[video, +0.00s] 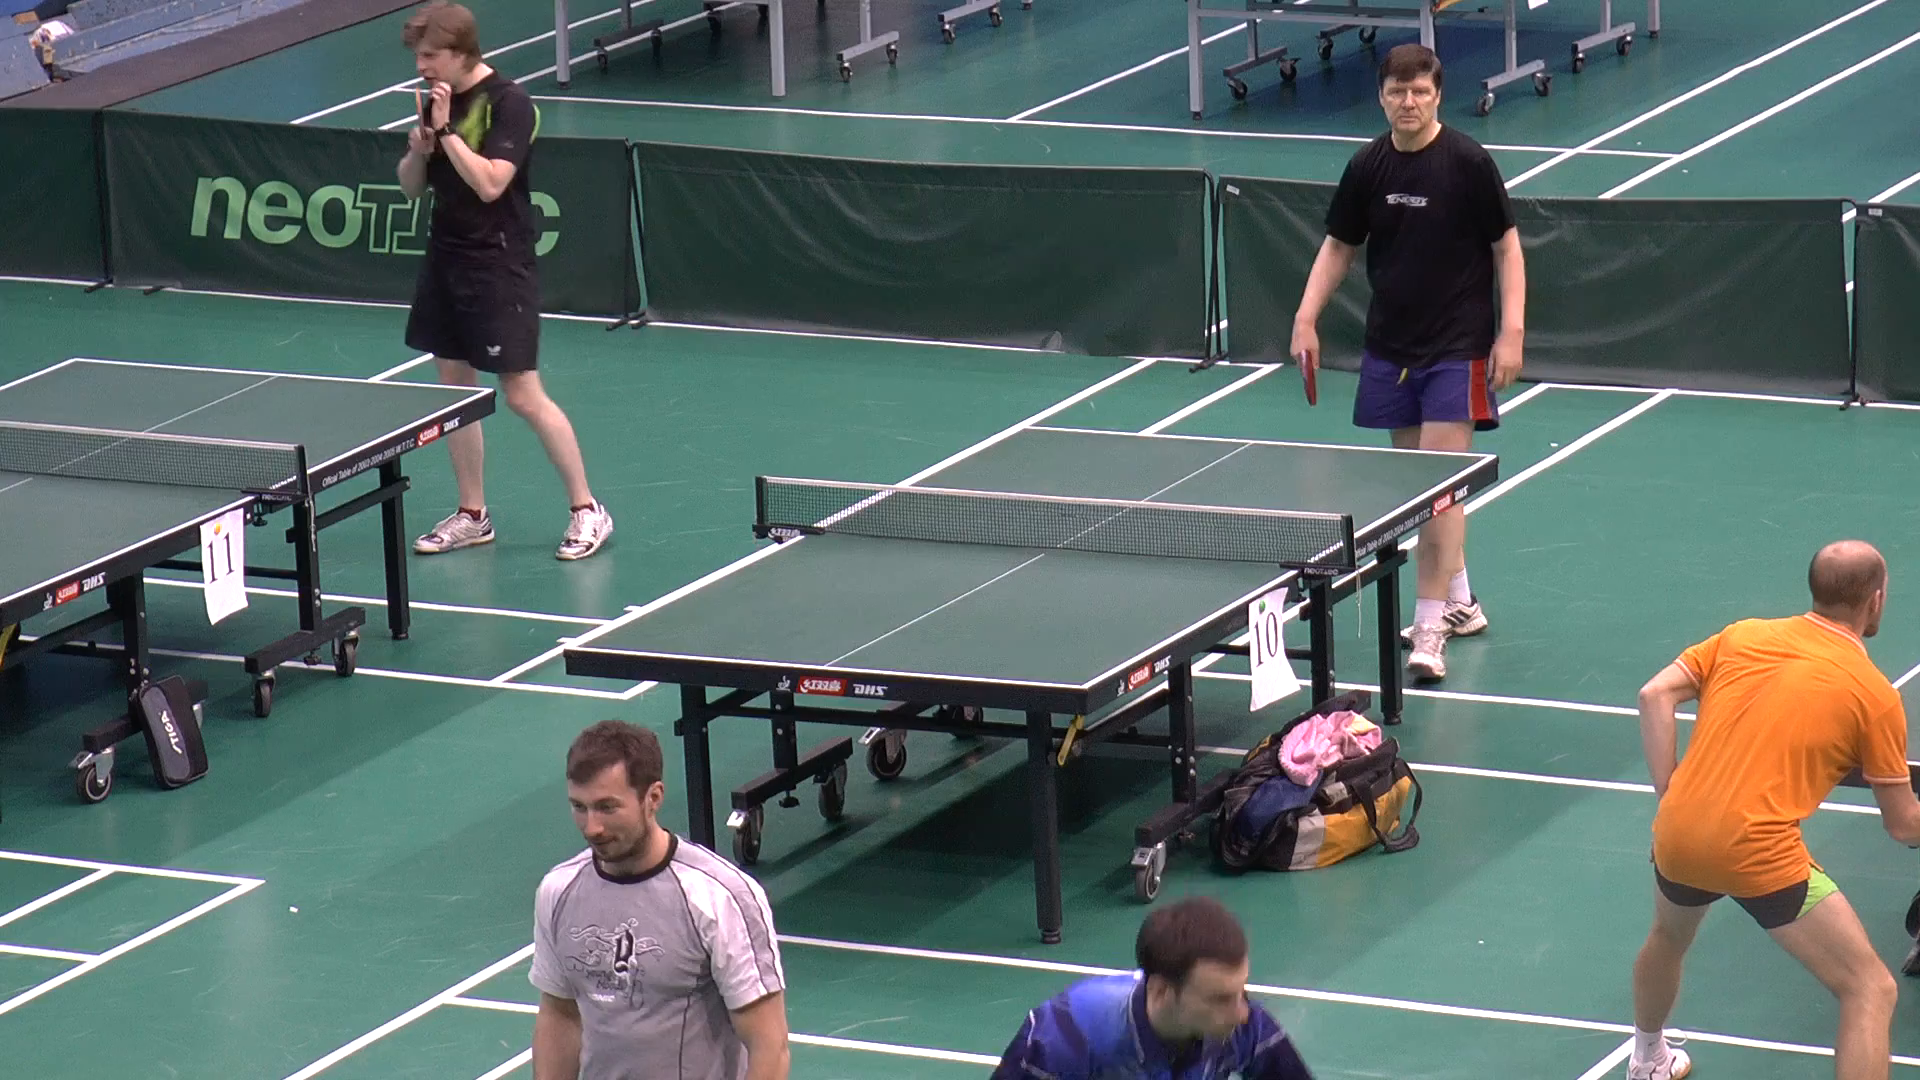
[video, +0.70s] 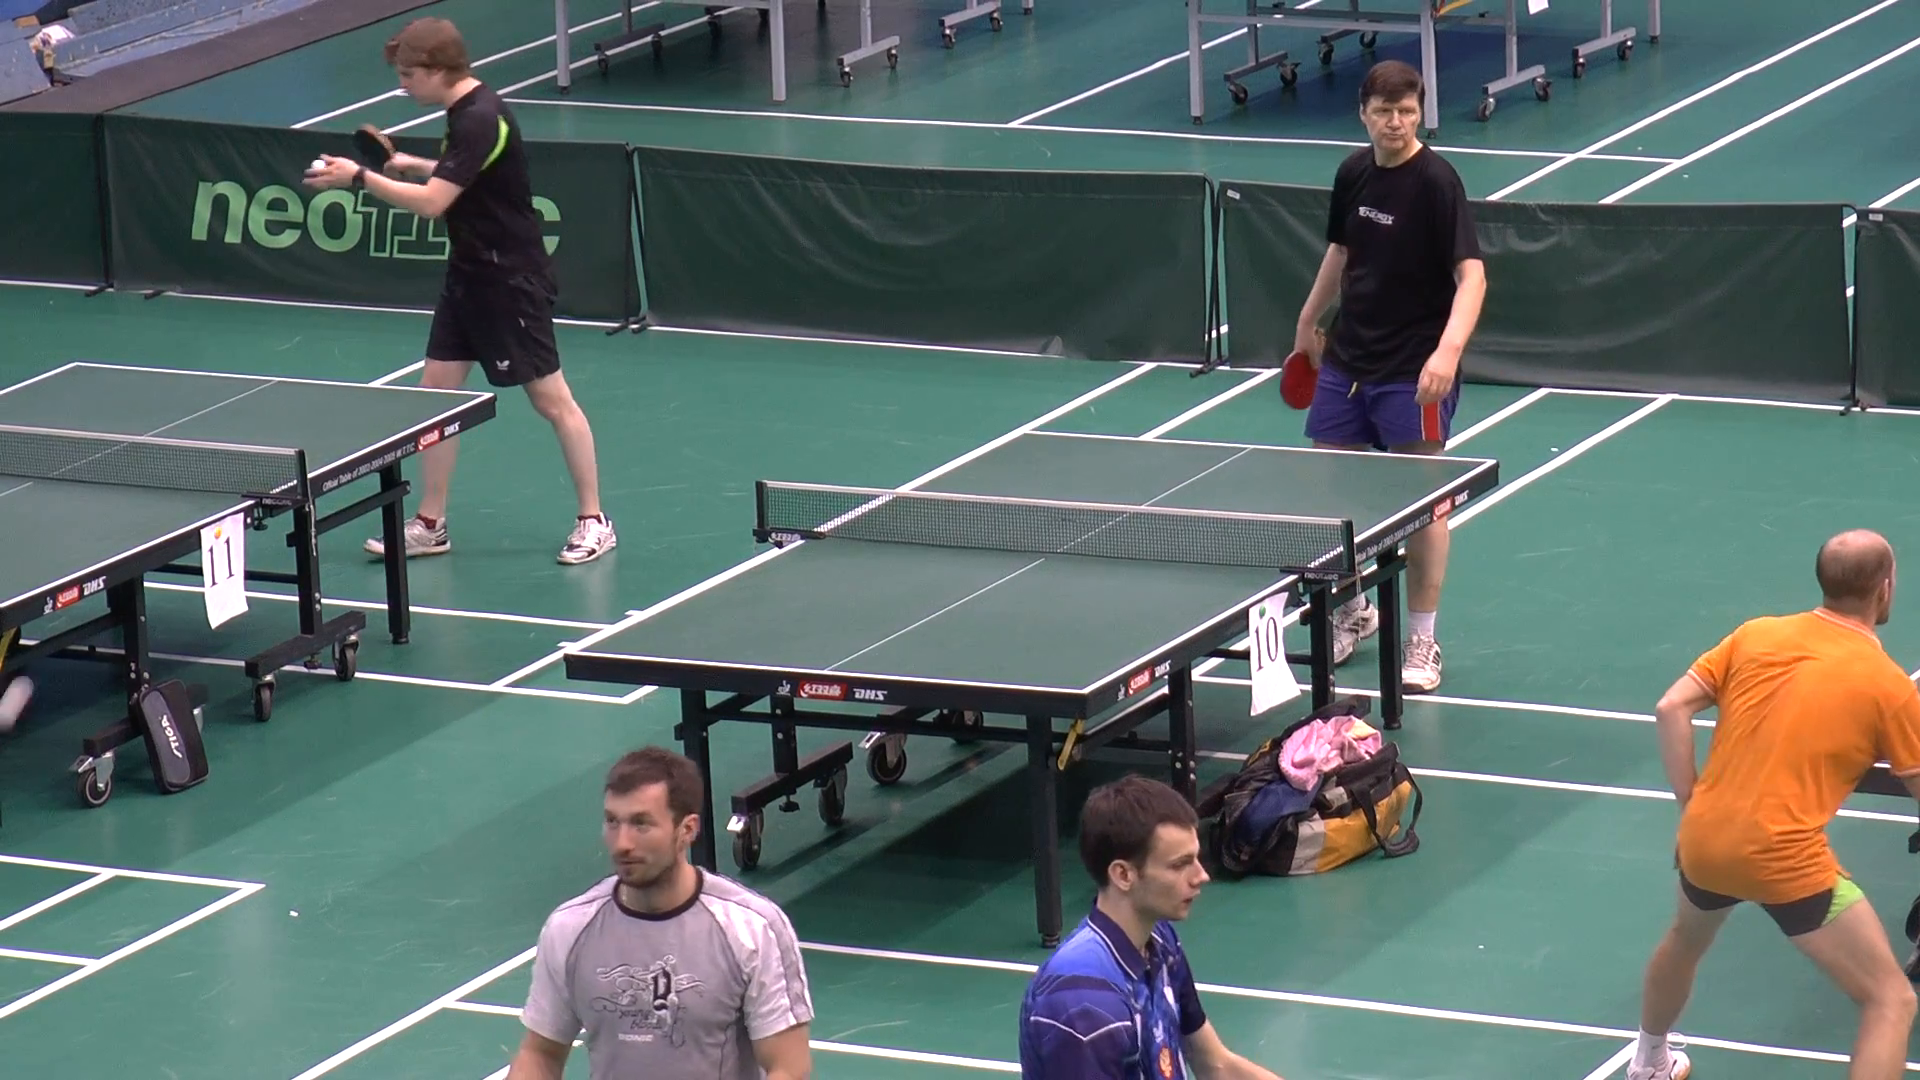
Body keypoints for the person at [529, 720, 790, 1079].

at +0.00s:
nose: (591, 828)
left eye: (608, 807)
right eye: (579, 807)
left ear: (652, 798)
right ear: (570, 799)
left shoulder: (726, 898)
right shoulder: (558, 893)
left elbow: (770, 1049)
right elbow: (559, 1015)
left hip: (704, 1072)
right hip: (602, 1073)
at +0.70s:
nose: (621, 842)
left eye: (641, 823)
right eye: (612, 822)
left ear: (687, 830)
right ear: (603, 824)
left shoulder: (756, 929)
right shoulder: (568, 931)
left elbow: (787, 1065)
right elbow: (540, 1053)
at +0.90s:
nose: (684, 824)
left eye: (706, 807)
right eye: (676, 807)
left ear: (750, 825)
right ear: (666, 816)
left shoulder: (806, 927)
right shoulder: (627, 930)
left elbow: (809, 1063)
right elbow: (592, 1054)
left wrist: (673, 1048)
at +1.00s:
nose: (712, 817)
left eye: (734, 801)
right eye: (704, 802)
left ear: (777, 822)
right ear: (693, 814)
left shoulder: (830, 919)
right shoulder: (660, 925)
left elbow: (819, 1049)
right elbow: (631, 1058)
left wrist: (694, 997)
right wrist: (580, 1078)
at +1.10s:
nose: (735, 813)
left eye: (757, 797)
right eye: (727, 797)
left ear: (800, 818)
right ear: (717, 808)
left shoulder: (851, 915)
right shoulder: (684, 922)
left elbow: (829, 1029)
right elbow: (663, 1057)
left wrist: (716, 955)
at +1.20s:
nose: (755, 810)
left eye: (777, 793)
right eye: (745, 794)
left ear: (817, 815)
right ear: (733, 810)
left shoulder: (866, 913)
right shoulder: (693, 922)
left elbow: (833, 1017)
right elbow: (673, 1054)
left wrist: (731, 923)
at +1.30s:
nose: (767, 809)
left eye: (789, 793)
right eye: (757, 793)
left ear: (828, 816)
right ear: (745, 808)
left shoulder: (873, 914)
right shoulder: (698, 922)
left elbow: (839, 1016)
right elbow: (673, 1054)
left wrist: (748, 911)